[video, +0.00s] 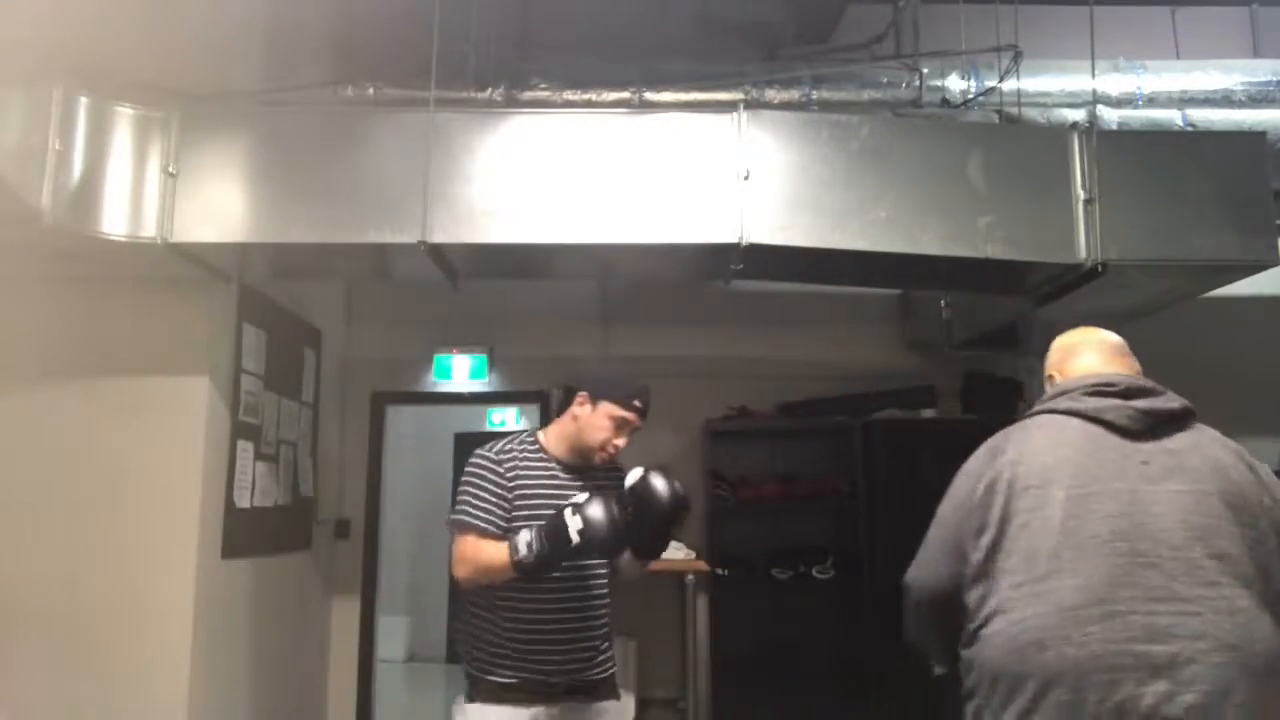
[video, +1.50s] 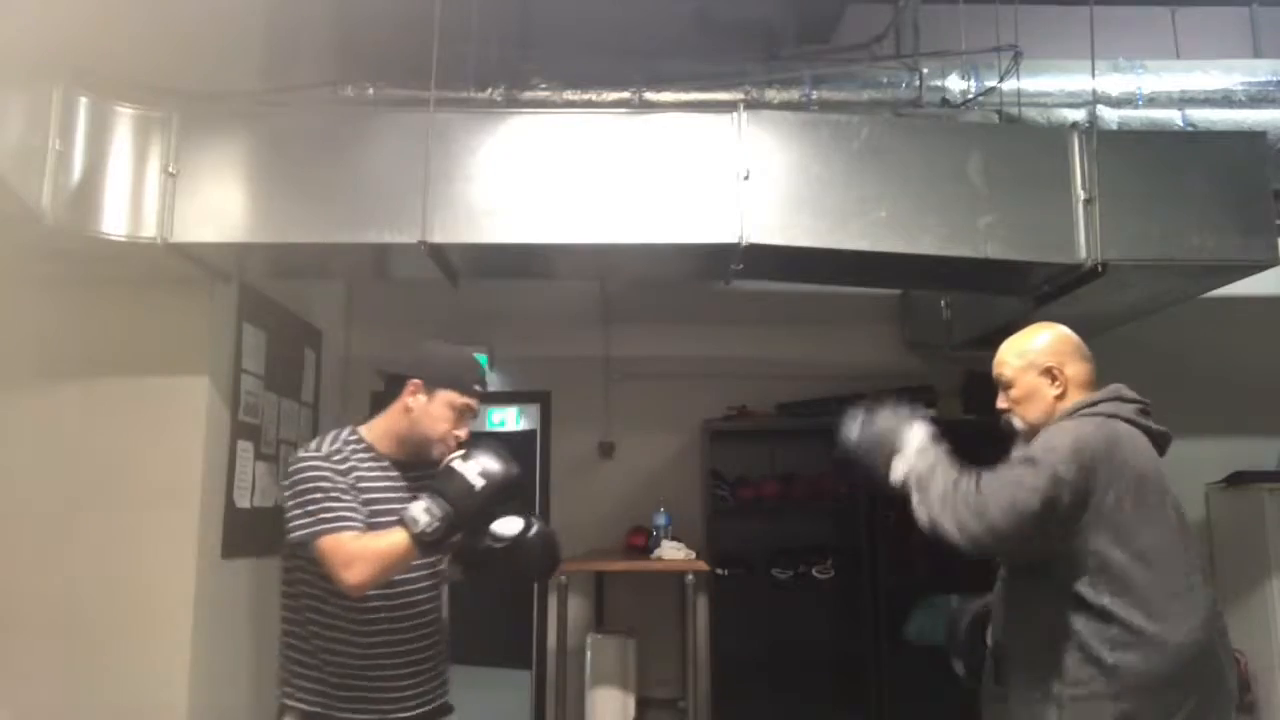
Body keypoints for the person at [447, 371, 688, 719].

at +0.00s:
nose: (622, 443)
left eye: (630, 433)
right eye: (618, 425)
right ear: (581, 404)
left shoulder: (610, 475)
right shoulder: (496, 462)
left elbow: (625, 570)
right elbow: (467, 565)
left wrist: (651, 532)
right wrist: (562, 533)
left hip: (593, 692)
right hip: (508, 694)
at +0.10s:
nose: (624, 440)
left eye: (631, 430)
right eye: (619, 421)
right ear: (581, 400)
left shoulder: (608, 472)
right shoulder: (495, 457)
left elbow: (630, 567)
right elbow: (456, 561)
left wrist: (648, 520)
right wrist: (550, 540)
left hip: (586, 696)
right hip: (498, 698)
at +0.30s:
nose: (591, 438)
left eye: (598, 427)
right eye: (585, 419)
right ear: (544, 399)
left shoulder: (574, 476)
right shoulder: (461, 462)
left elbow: (591, 577)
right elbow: (435, 574)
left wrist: (609, 530)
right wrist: (527, 541)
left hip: (557, 702)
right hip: (466, 703)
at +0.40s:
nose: (559, 446)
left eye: (566, 433)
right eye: (553, 427)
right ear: (511, 407)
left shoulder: (536, 482)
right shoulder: (424, 474)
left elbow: (550, 576)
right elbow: (408, 589)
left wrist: (577, 554)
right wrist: (500, 553)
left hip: (528, 699)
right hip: (445, 703)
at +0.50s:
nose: (527, 451)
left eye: (533, 440)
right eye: (520, 432)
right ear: (477, 412)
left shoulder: (497, 492)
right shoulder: (390, 480)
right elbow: (382, 594)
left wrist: (548, 573)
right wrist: (477, 556)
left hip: (488, 704)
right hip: (405, 707)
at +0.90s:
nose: (498, 440)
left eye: (504, 427)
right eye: (495, 420)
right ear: (453, 399)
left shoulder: (458, 470)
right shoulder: (365, 459)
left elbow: (481, 559)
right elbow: (400, 559)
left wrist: (532, 523)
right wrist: (483, 500)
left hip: (449, 699)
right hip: (360, 703)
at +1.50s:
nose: (465, 434)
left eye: (470, 421)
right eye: (460, 413)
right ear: (413, 395)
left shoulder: (428, 473)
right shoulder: (321, 464)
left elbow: (444, 560)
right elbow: (352, 570)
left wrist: (499, 556)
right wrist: (441, 507)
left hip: (425, 704)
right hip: (333, 709)